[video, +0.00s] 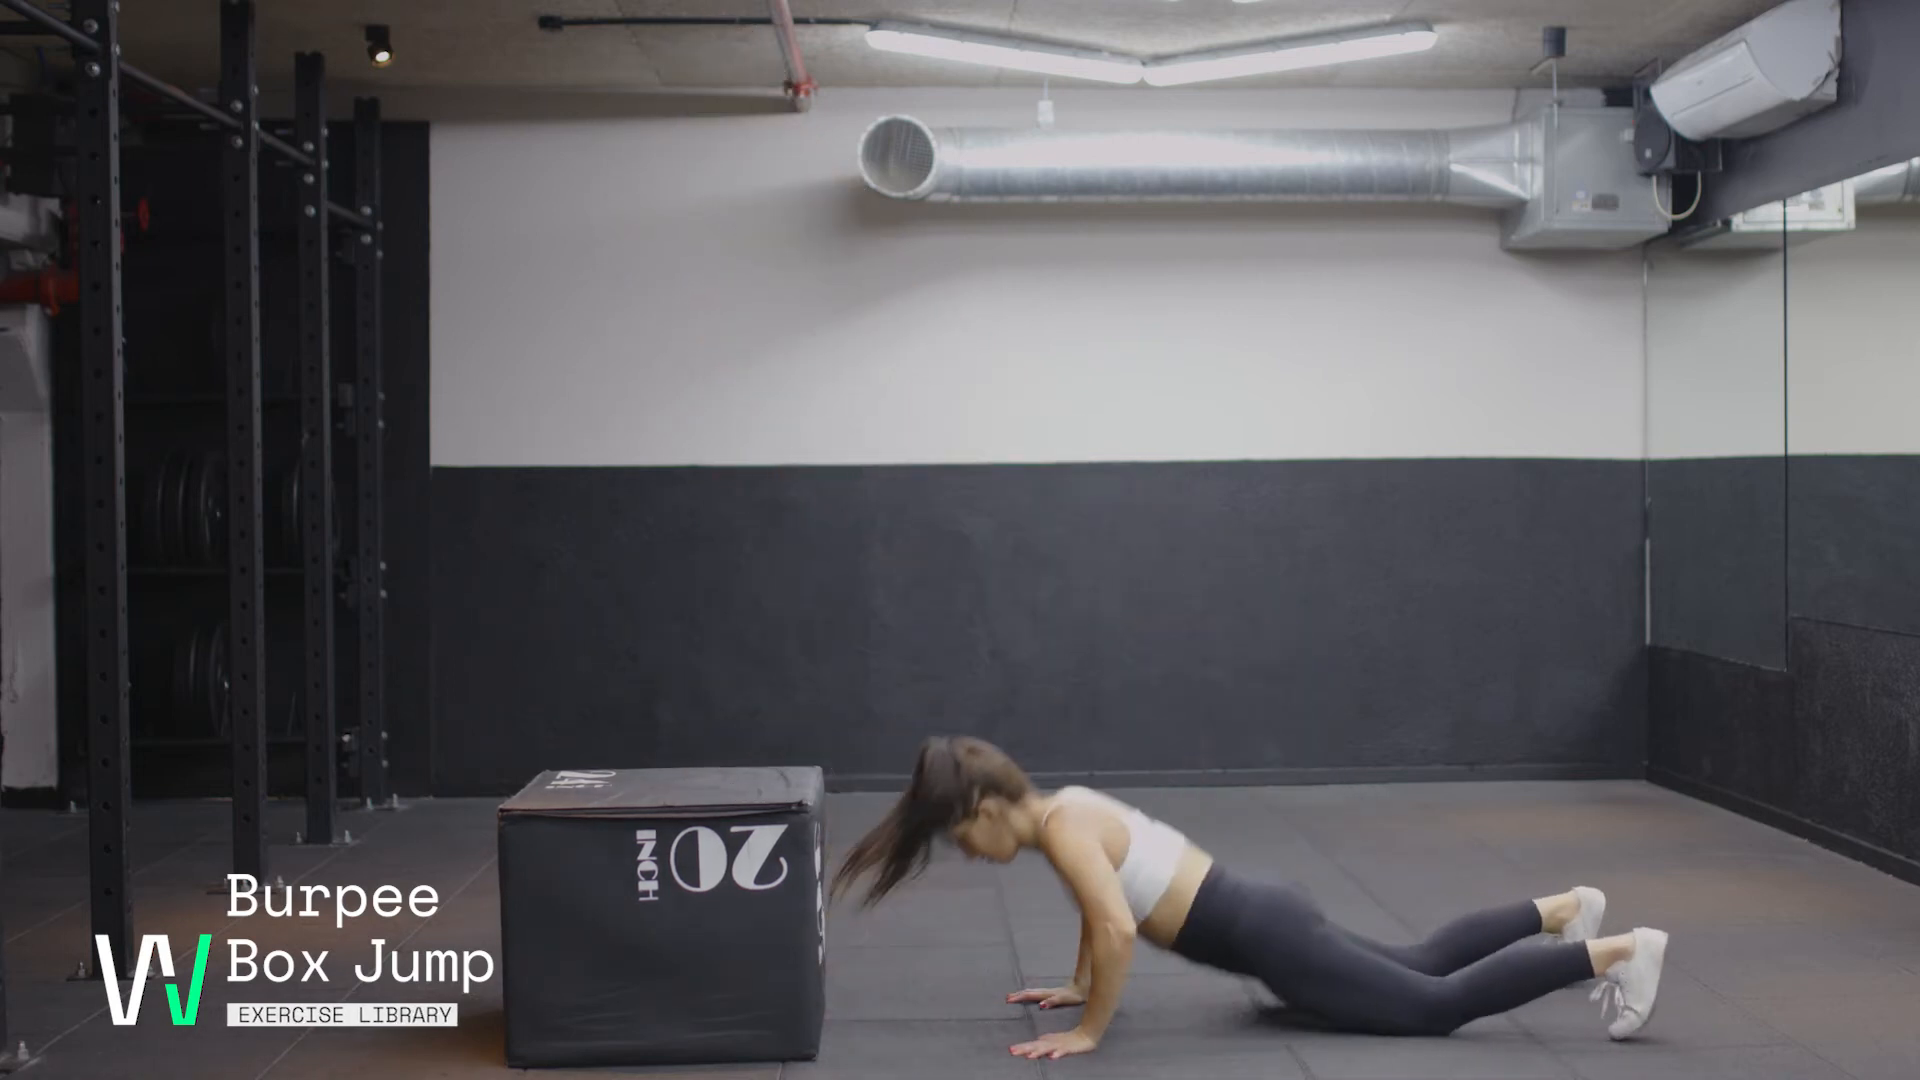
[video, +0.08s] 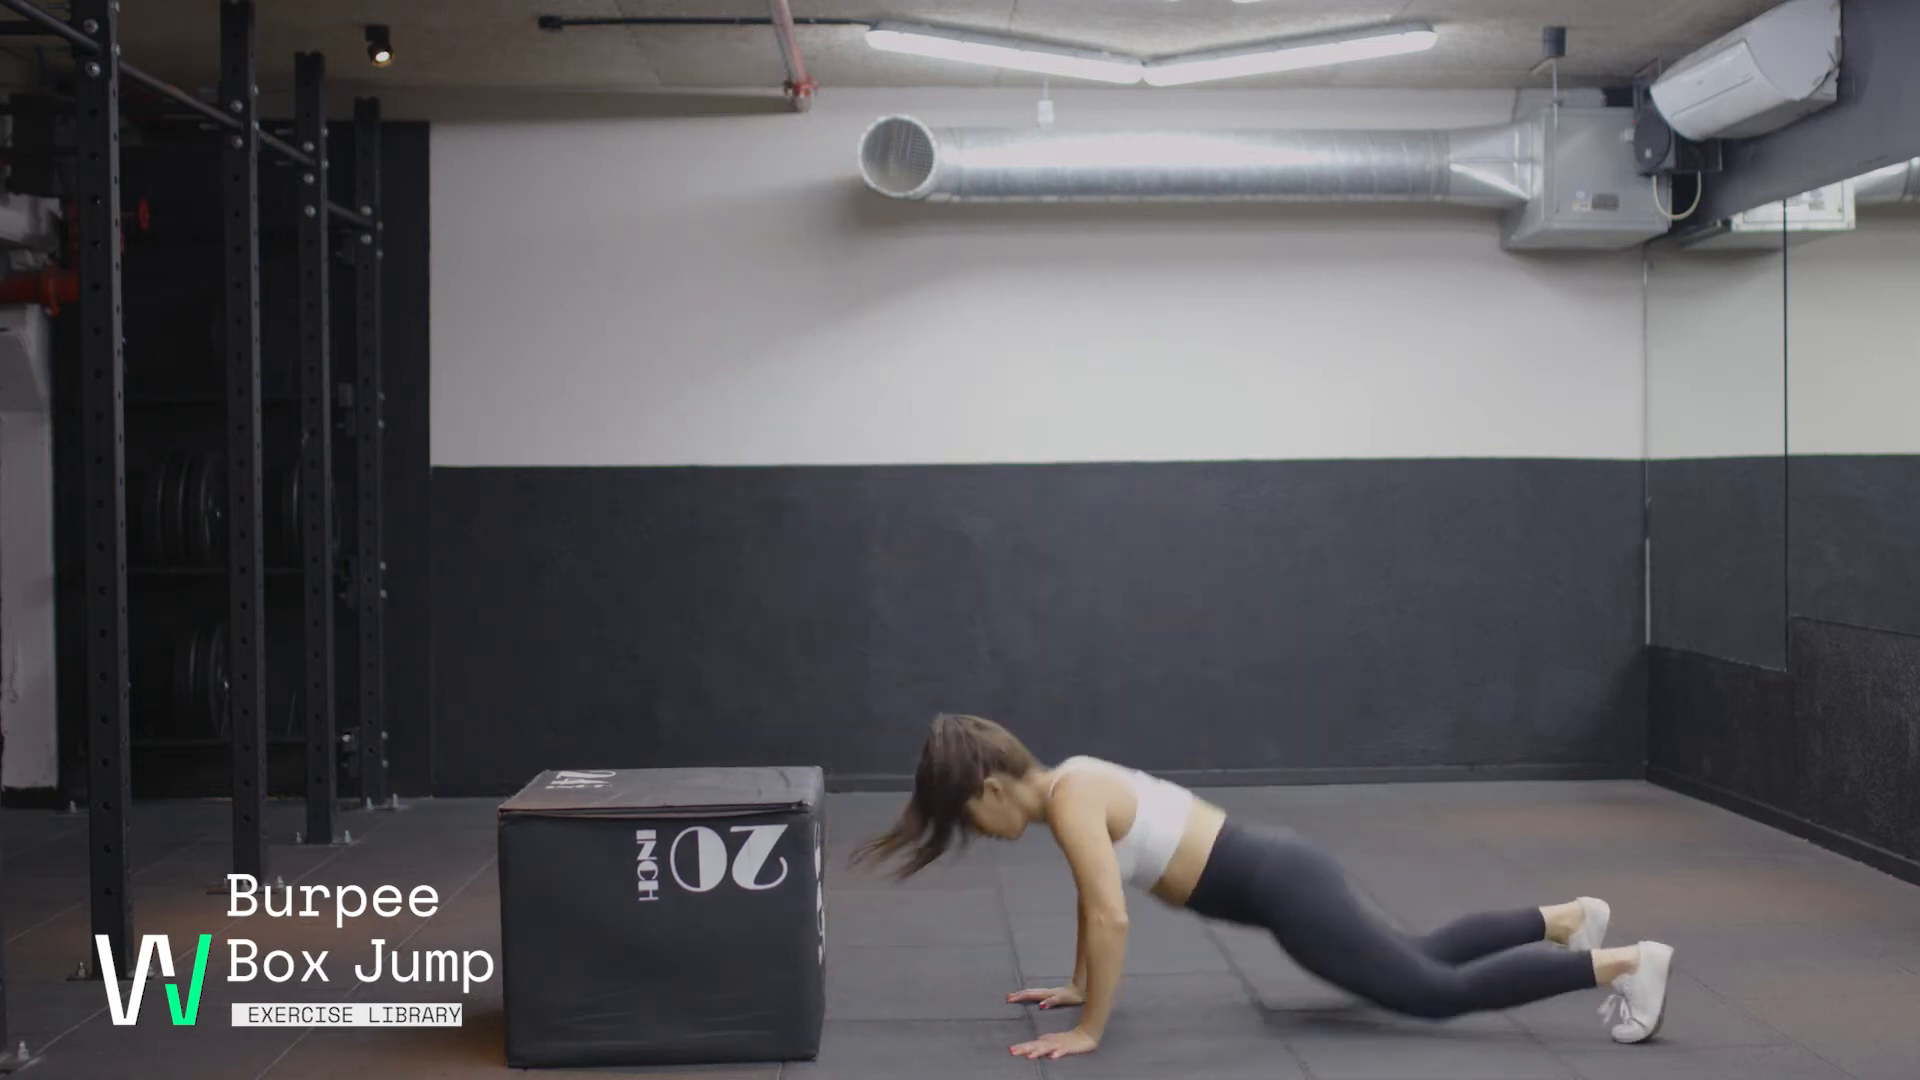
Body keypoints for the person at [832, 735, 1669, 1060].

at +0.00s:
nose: (971, 850)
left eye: (966, 835)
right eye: (962, 839)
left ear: (993, 807)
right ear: (996, 798)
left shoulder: (1067, 836)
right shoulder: (1063, 813)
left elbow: (1116, 936)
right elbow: (1106, 919)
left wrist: (1088, 1033)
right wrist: (1075, 986)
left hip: (1262, 931)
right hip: (1259, 913)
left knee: (1437, 1005)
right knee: (1416, 969)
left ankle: (1606, 956)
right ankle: (1563, 914)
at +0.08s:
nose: (980, 828)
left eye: (972, 813)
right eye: (970, 817)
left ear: (992, 785)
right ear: (997, 773)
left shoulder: (1071, 799)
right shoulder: (1068, 787)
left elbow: (1110, 917)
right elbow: (1096, 901)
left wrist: (1092, 1027)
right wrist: (1074, 989)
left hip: (1277, 882)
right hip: (1271, 875)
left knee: (1437, 993)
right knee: (1418, 960)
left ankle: (1621, 965)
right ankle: (1566, 922)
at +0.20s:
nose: (974, 824)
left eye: (962, 811)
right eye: (961, 813)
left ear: (973, 786)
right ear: (985, 760)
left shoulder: (1067, 772)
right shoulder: (1058, 763)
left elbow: (1088, 907)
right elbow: (1083, 894)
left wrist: (1090, 1028)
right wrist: (1076, 989)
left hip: (1282, 776)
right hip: (1276, 769)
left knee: (1425, 910)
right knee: (1416, 890)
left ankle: (1616, 954)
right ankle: (1562, 909)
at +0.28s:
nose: (1002, 838)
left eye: (989, 827)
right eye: (986, 831)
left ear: (1001, 793)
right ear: (1000, 777)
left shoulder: (1080, 766)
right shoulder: (1067, 757)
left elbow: (1093, 904)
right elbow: (1090, 894)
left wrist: (1087, 1031)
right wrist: (1076, 991)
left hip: (1283, 696)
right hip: (1271, 703)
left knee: (1386, 864)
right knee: (1384, 848)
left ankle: (1575, 933)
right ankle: (1537, 894)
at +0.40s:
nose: (1078, 862)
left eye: (1064, 855)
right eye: (1065, 861)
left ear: (1063, 824)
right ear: (1065, 812)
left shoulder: (1129, 773)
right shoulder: (1109, 765)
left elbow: (1120, 913)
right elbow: (1105, 894)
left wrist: (1090, 1029)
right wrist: (1081, 985)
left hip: (1296, 621)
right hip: (1279, 621)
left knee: (1317, 815)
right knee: (1320, 808)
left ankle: (1444, 958)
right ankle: (1412, 936)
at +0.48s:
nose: (1105, 860)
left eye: (1095, 854)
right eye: (1094, 860)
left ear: (1099, 817)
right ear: (1095, 806)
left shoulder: (1156, 776)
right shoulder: (1129, 767)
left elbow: (1132, 916)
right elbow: (1115, 891)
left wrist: (1090, 1030)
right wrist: (1082, 987)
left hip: (1315, 614)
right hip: (1290, 608)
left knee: (1288, 803)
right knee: (1284, 800)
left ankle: (1348, 985)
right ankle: (1325, 955)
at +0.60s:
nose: (1095, 827)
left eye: (1084, 819)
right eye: (1083, 824)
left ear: (1093, 788)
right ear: (1091, 779)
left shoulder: (1157, 760)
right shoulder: (1131, 753)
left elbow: (1130, 900)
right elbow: (1111, 878)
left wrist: (1084, 1019)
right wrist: (1080, 978)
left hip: (1351, 641)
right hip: (1325, 637)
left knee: (1272, 809)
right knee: (1260, 802)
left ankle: (1321, 996)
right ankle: (1300, 969)